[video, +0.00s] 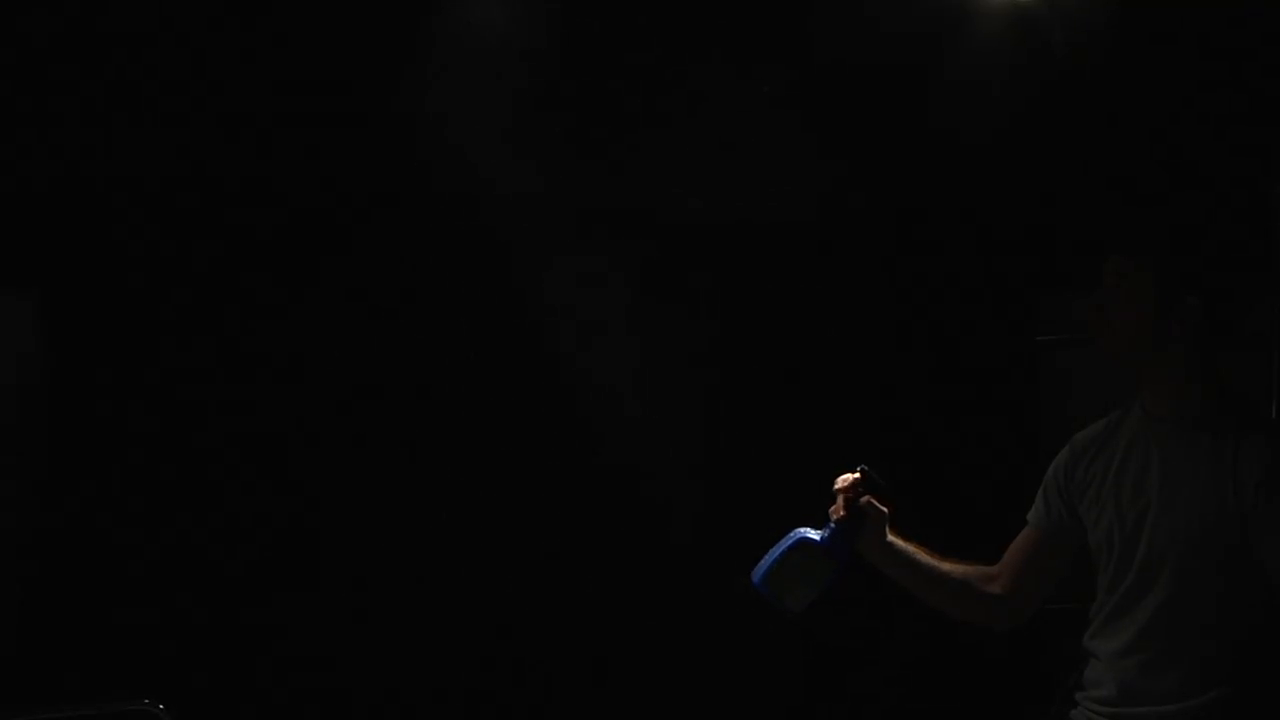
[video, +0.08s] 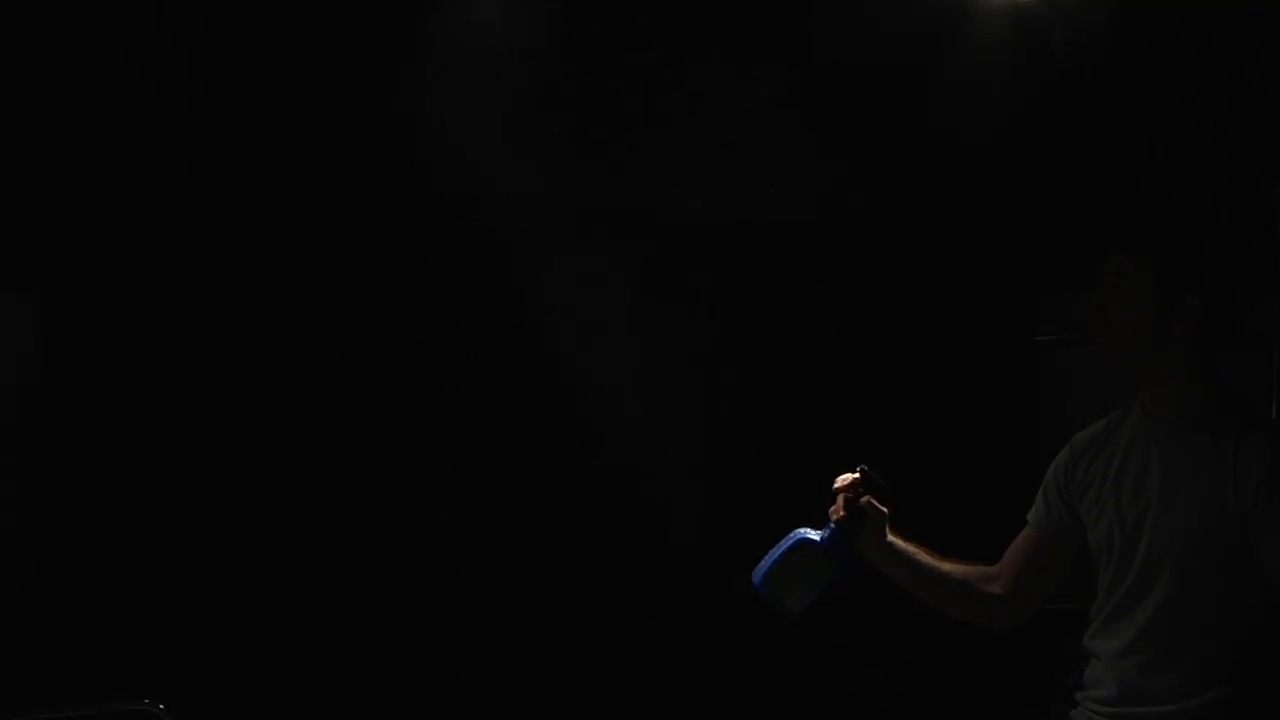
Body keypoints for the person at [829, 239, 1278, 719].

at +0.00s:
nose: (1101, 311)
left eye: (1122, 292)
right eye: (1107, 292)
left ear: (1178, 308)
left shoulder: (1246, 445)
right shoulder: (1092, 456)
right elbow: (1003, 595)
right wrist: (880, 544)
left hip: (1215, 699)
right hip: (1105, 699)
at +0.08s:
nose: (1101, 313)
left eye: (1122, 296)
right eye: (1107, 296)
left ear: (1177, 311)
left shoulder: (1246, 445)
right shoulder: (1093, 454)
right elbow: (1003, 595)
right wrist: (879, 543)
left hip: (1214, 698)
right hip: (1106, 698)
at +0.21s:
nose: (1101, 312)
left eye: (1122, 294)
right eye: (1107, 294)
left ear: (1177, 311)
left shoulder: (1245, 445)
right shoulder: (1093, 454)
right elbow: (1003, 595)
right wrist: (880, 544)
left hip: (1213, 699)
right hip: (1105, 700)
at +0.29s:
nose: (1102, 313)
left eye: (1123, 295)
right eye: (1109, 295)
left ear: (1179, 311)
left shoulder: (1246, 444)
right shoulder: (1093, 456)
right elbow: (1005, 593)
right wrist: (881, 545)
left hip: (1215, 696)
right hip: (1107, 697)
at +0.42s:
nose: (1100, 312)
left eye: (1122, 293)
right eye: (1107, 294)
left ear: (1179, 310)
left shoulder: (1246, 443)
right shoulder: (1094, 457)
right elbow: (1003, 594)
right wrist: (882, 539)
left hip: (1220, 698)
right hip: (1109, 698)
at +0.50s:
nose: (1100, 314)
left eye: (1121, 295)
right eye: (1108, 295)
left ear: (1180, 310)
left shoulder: (1248, 445)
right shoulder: (1095, 456)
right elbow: (1003, 594)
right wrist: (881, 539)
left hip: (1221, 698)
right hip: (1110, 698)